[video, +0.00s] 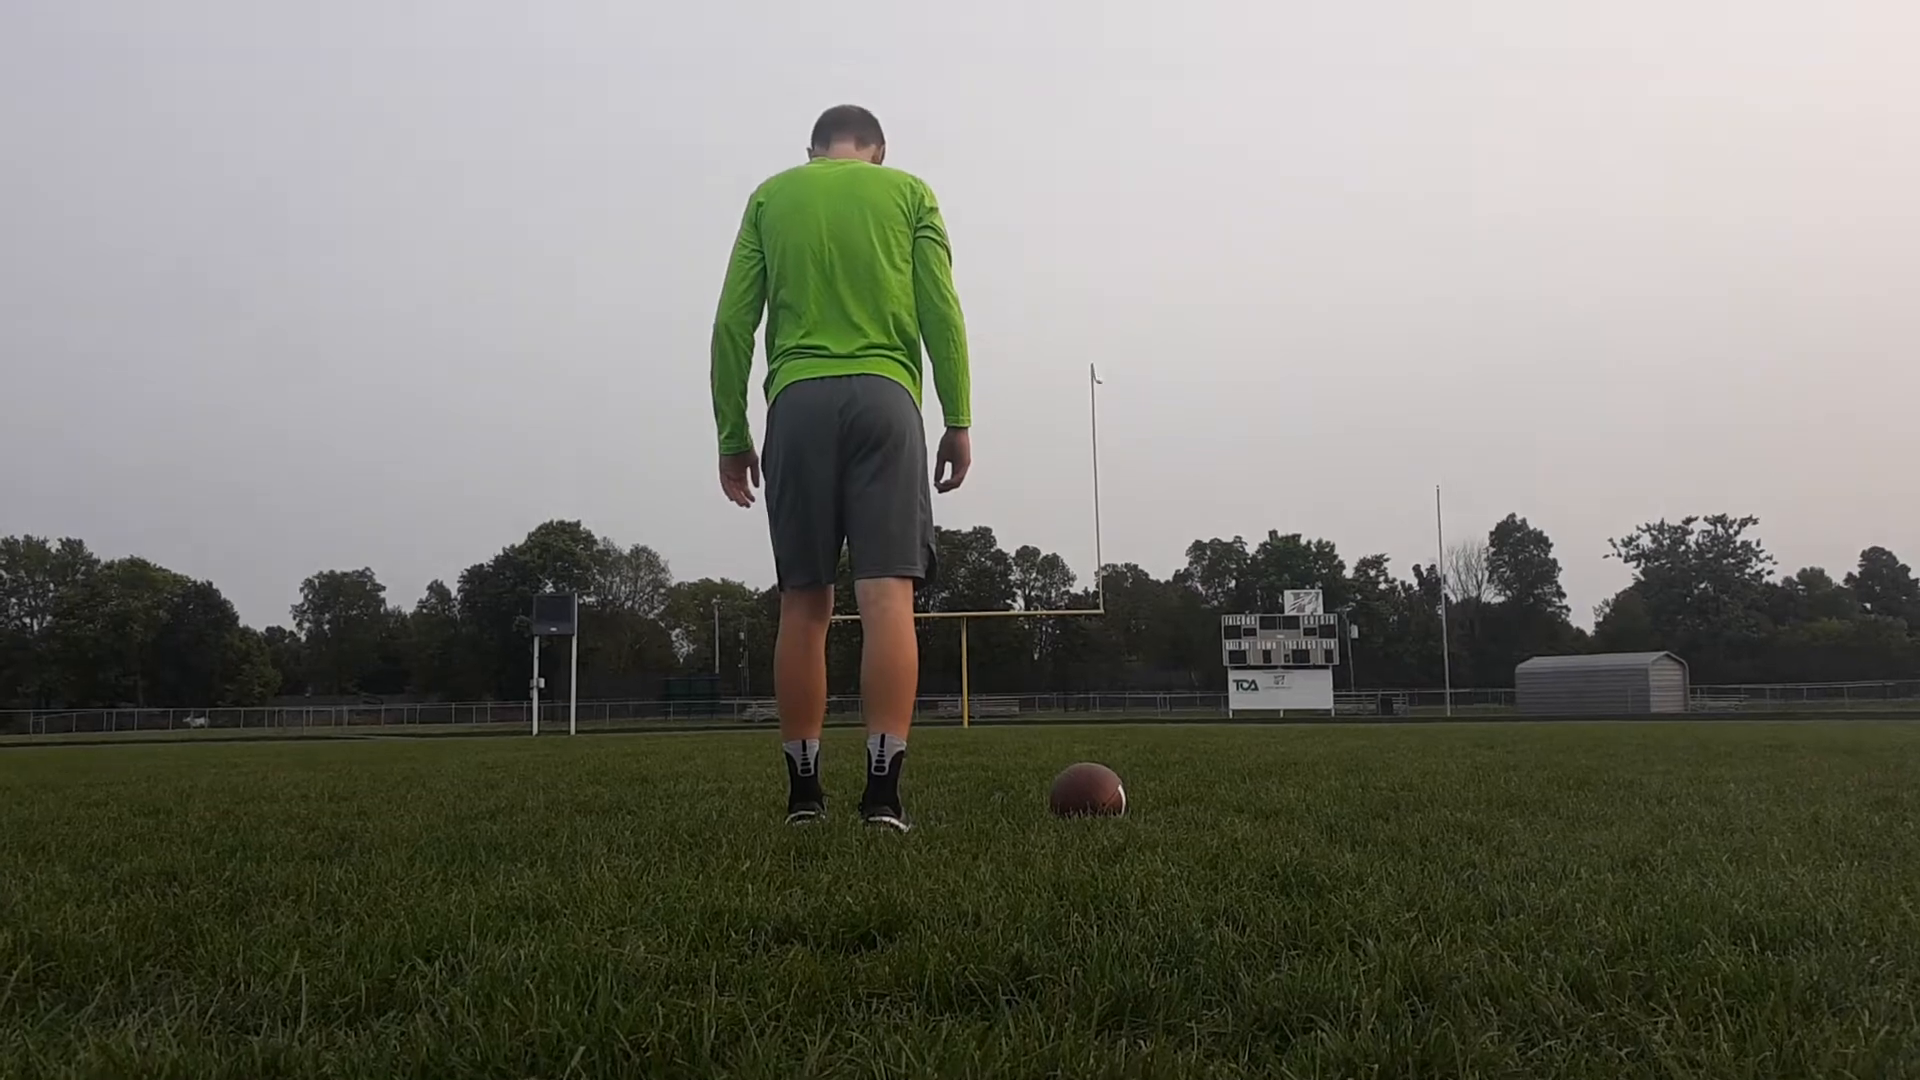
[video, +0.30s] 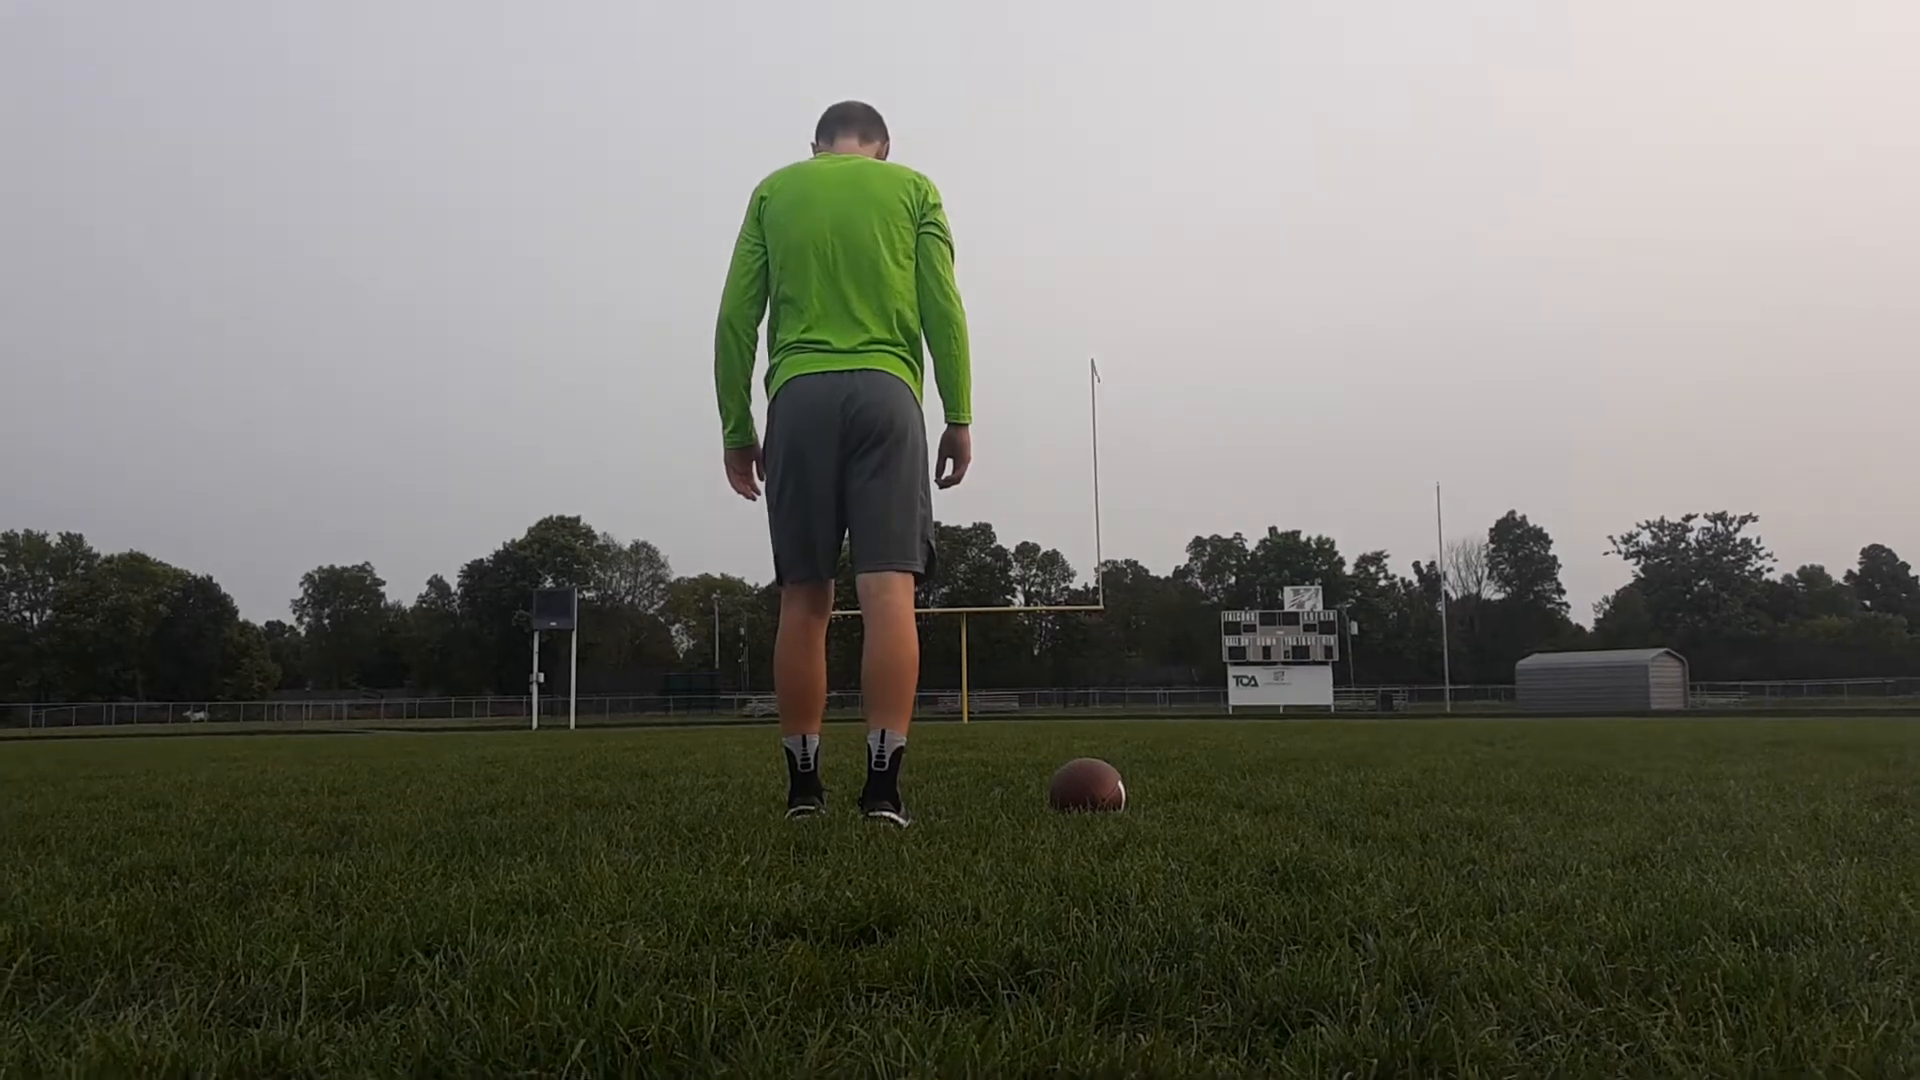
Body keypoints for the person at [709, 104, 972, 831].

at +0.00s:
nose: (874, 164)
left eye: (863, 155)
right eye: (877, 154)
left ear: (812, 149)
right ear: (875, 148)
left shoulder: (769, 196)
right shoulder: (907, 190)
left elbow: (732, 320)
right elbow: (939, 304)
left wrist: (731, 434)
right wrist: (958, 419)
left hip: (798, 401)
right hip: (884, 397)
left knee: (803, 602)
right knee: (886, 596)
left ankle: (804, 794)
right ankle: (883, 797)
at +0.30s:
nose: (879, 160)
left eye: (868, 152)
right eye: (882, 151)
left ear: (816, 144)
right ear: (880, 144)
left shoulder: (773, 190)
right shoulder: (911, 186)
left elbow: (735, 316)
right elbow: (941, 302)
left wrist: (737, 429)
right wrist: (958, 416)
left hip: (799, 396)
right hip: (886, 394)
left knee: (804, 596)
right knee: (888, 592)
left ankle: (803, 788)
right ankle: (883, 793)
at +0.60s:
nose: (888, 149)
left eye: (879, 141)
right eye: (889, 140)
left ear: (822, 130)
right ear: (886, 132)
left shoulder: (777, 174)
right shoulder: (915, 174)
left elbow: (736, 303)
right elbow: (941, 291)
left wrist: (737, 413)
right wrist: (957, 408)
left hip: (798, 381)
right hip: (885, 379)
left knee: (803, 584)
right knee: (888, 579)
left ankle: (803, 777)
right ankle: (882, 781)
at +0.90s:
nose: (895, 152)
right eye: (898, 142)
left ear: (830, 129)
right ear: (895, 134)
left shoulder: (784, 170)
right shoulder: (921, 178)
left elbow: (740, 294)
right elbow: (943, 298)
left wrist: (738, 411)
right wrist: (956, 415)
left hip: (799, 379)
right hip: (887, 378)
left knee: (801, 585)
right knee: (890, 579)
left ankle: (803, 775)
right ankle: (883, 780)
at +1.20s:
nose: (894, 156)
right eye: (897, 145)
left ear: (830, 135)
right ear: (894, 138)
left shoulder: (785, 176)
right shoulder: (922, 184)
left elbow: (742, 302)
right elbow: (943, 305)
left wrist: (739, 417)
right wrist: (954, 421)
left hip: (800, 386)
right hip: (887, 385)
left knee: (802, 588)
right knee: (890, 584)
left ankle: (803, 782)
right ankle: (883, 785)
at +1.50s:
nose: (893, 155)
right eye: (894, 146)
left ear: (826, 138)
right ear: (891, 140)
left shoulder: (782, 181)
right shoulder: (918, 184)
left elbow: (743, 309)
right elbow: (942, 306)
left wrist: (743, 424)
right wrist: (954, 423)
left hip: (801, 392)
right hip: (888, 389)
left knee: (805, 590)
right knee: (890, 586)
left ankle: (803, 784)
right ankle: (884, 786)